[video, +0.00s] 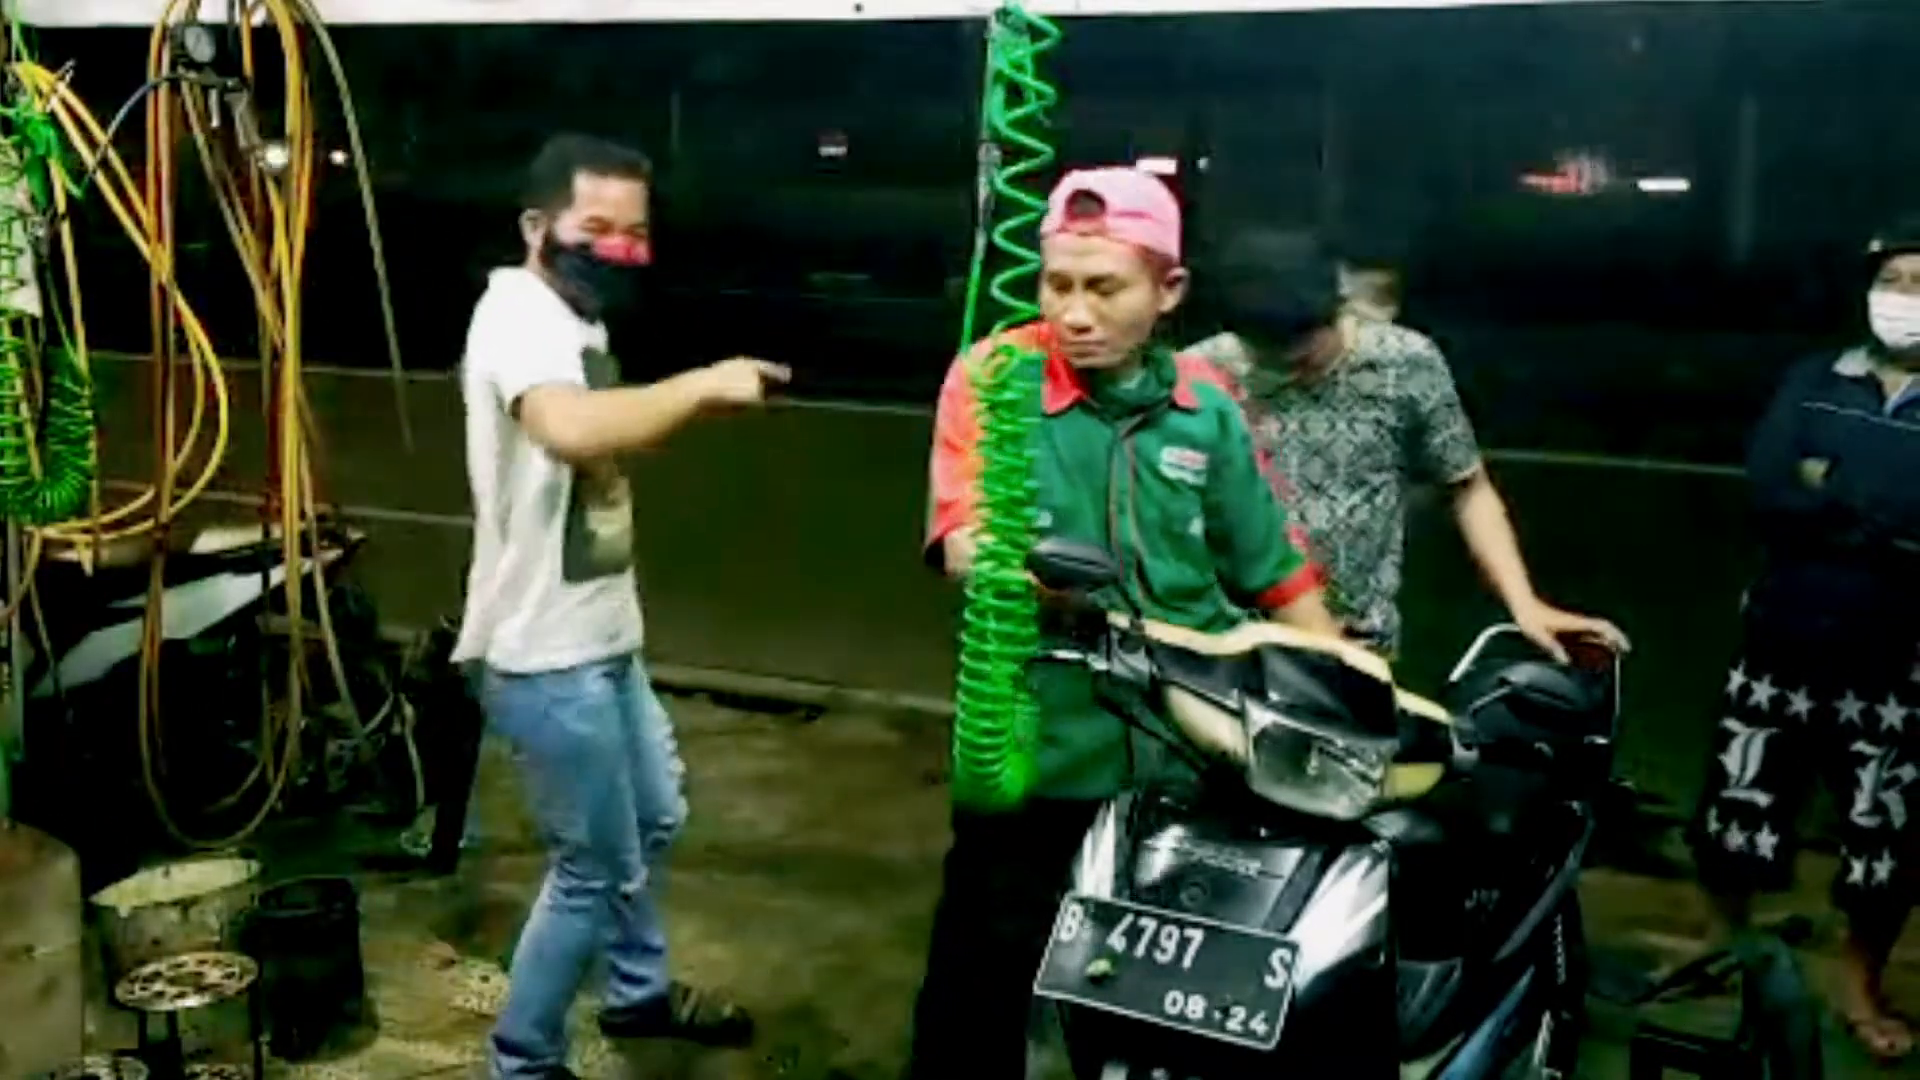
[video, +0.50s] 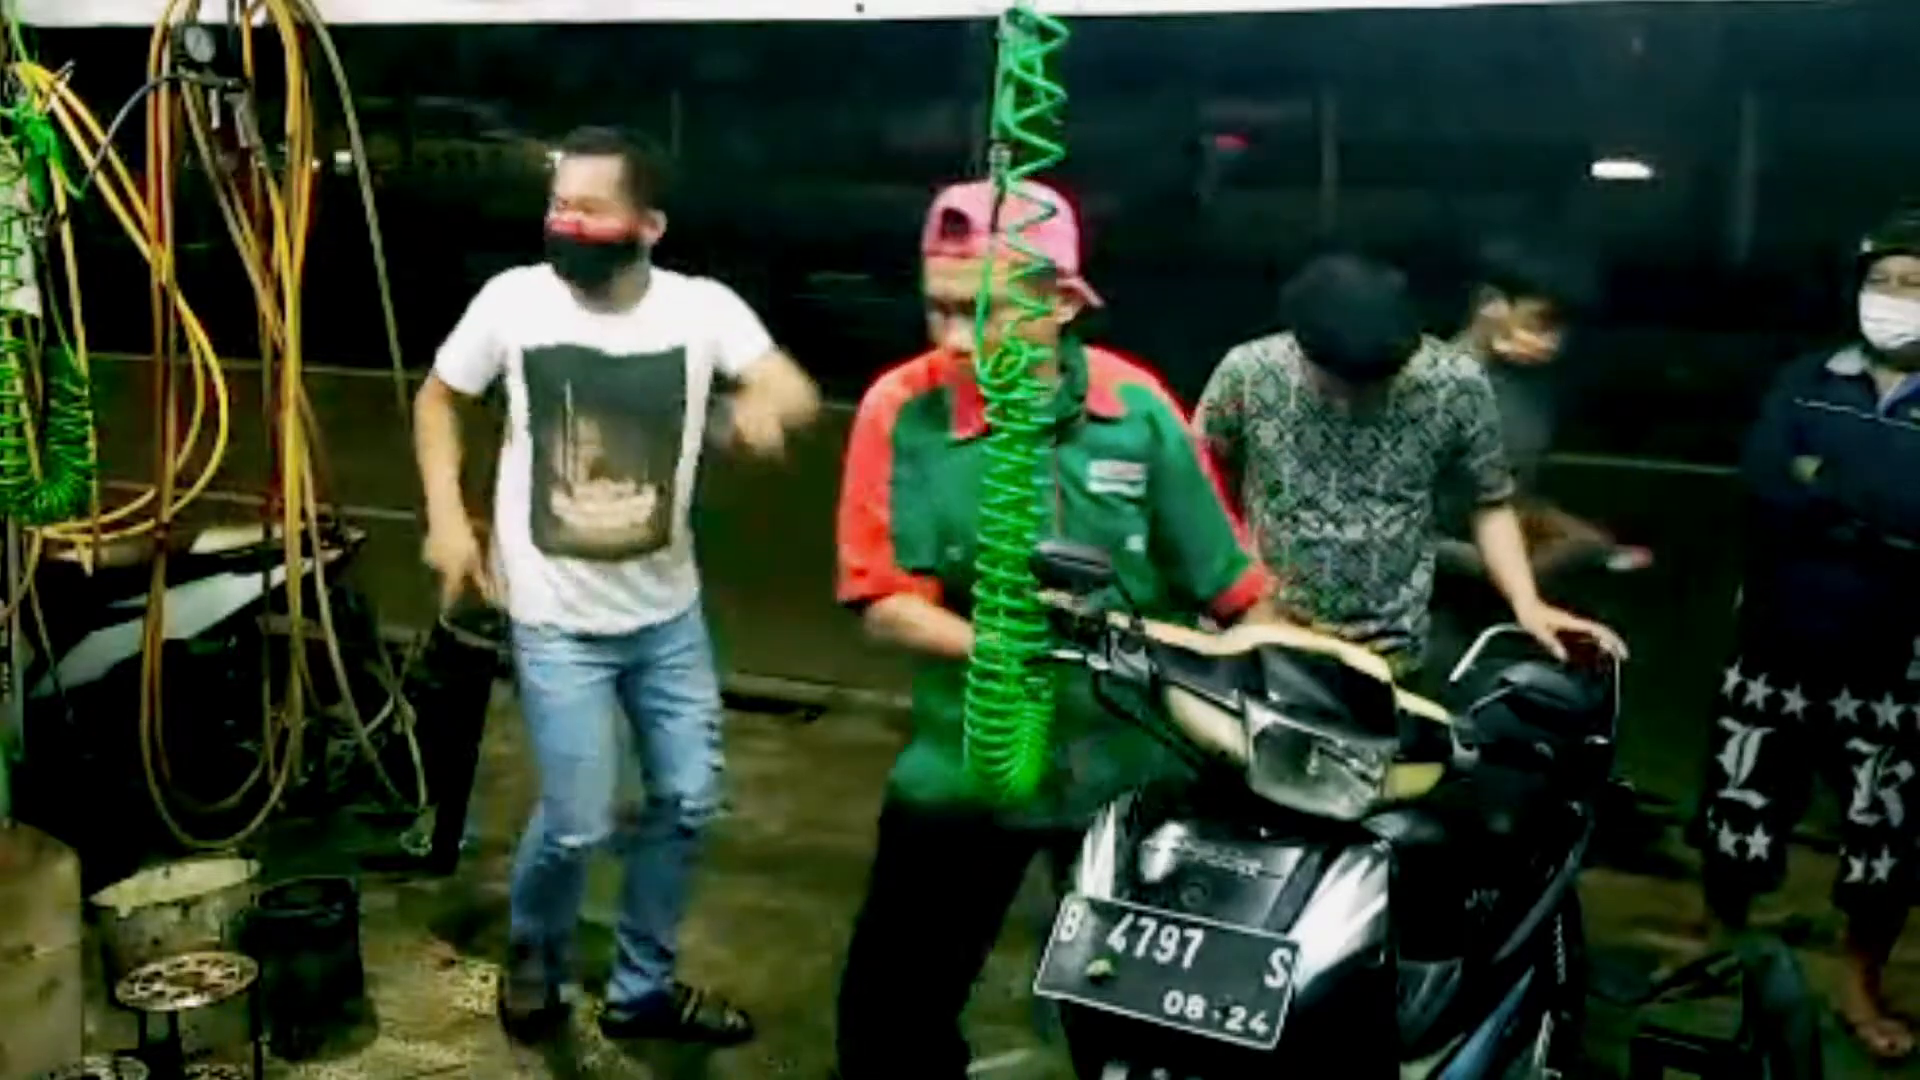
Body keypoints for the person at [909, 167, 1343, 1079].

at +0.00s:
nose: (1075, 313)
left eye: (1102, 288)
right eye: (1059, 287)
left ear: (1165, 291)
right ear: (1039, 286)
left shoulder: (1204, 406)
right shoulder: (992, 378)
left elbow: (1284, 582)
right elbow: (961, 535)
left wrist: (1345, 687)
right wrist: (1027, 579)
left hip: (1179, 765)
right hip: (1030, 768)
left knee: (1156, 1029)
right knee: (972, 1027)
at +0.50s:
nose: (952, 335)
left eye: (977, 313)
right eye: (941, 310)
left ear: (1059, 306)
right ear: (927, 300)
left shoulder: (1135, 407)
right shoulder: (902, 407)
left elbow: (1241, 596)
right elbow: (885, 604)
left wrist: (1337, 663)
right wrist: (1012, 648)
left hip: (1121, 774)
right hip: (960, 775)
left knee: (1135, 1023)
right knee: (890, 1018)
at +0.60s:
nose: (903, 345)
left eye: (926, 319)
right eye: (888, 318)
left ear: (1006, 306)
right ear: (873, 308)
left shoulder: (1100, 408)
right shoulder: (861, 418)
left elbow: (1211, 586)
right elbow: (853, 616)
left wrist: (1325, 652)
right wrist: (970, 713)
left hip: (1092, 792)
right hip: (922, 790)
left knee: (1135, 1033)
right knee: (863, 1039)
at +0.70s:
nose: (842, 336)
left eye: (864, 311)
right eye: (829, 312)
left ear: (950, 293)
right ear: (816, 303)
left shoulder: (1054, 404)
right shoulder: (818, 420)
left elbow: (1171, 591)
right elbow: (801, 624)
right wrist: (869, 776)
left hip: (1049, 812)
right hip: (876, 809)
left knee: (1112, 1051)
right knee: (847, 1056)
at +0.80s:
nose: (781, 328)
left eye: (800, 301)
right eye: (771, 302)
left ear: (888, 288)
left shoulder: (1016, 400)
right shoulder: (779, 418)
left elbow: (1112, 577)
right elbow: (734, 610)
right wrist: (742, 779)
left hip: (1011, 817)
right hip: (840, 819)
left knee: (1071, 1054)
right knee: (843, 1058)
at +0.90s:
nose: (757, 321)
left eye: (776, 293)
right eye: (746, 296)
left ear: (864, 275)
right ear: (741, 284)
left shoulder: (990, 396)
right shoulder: (750, 411)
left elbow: (1090, 602)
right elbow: (699, 588)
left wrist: (1101, 799)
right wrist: (658, 740)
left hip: (990, 819)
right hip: (826, 820)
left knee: (1039, 1046)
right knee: (844, 1054)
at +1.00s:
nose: (726, 310)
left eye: (744, 284)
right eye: (716, 286)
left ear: (835, 271)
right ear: (709, 278)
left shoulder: (950, 394)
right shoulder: (726, 404)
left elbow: (1017, 590)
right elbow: (667, 577)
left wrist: (1007, 779)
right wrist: (572, 718)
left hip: (938, 808)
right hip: (797, 808)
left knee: (942, 1050)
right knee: (818, 1040)